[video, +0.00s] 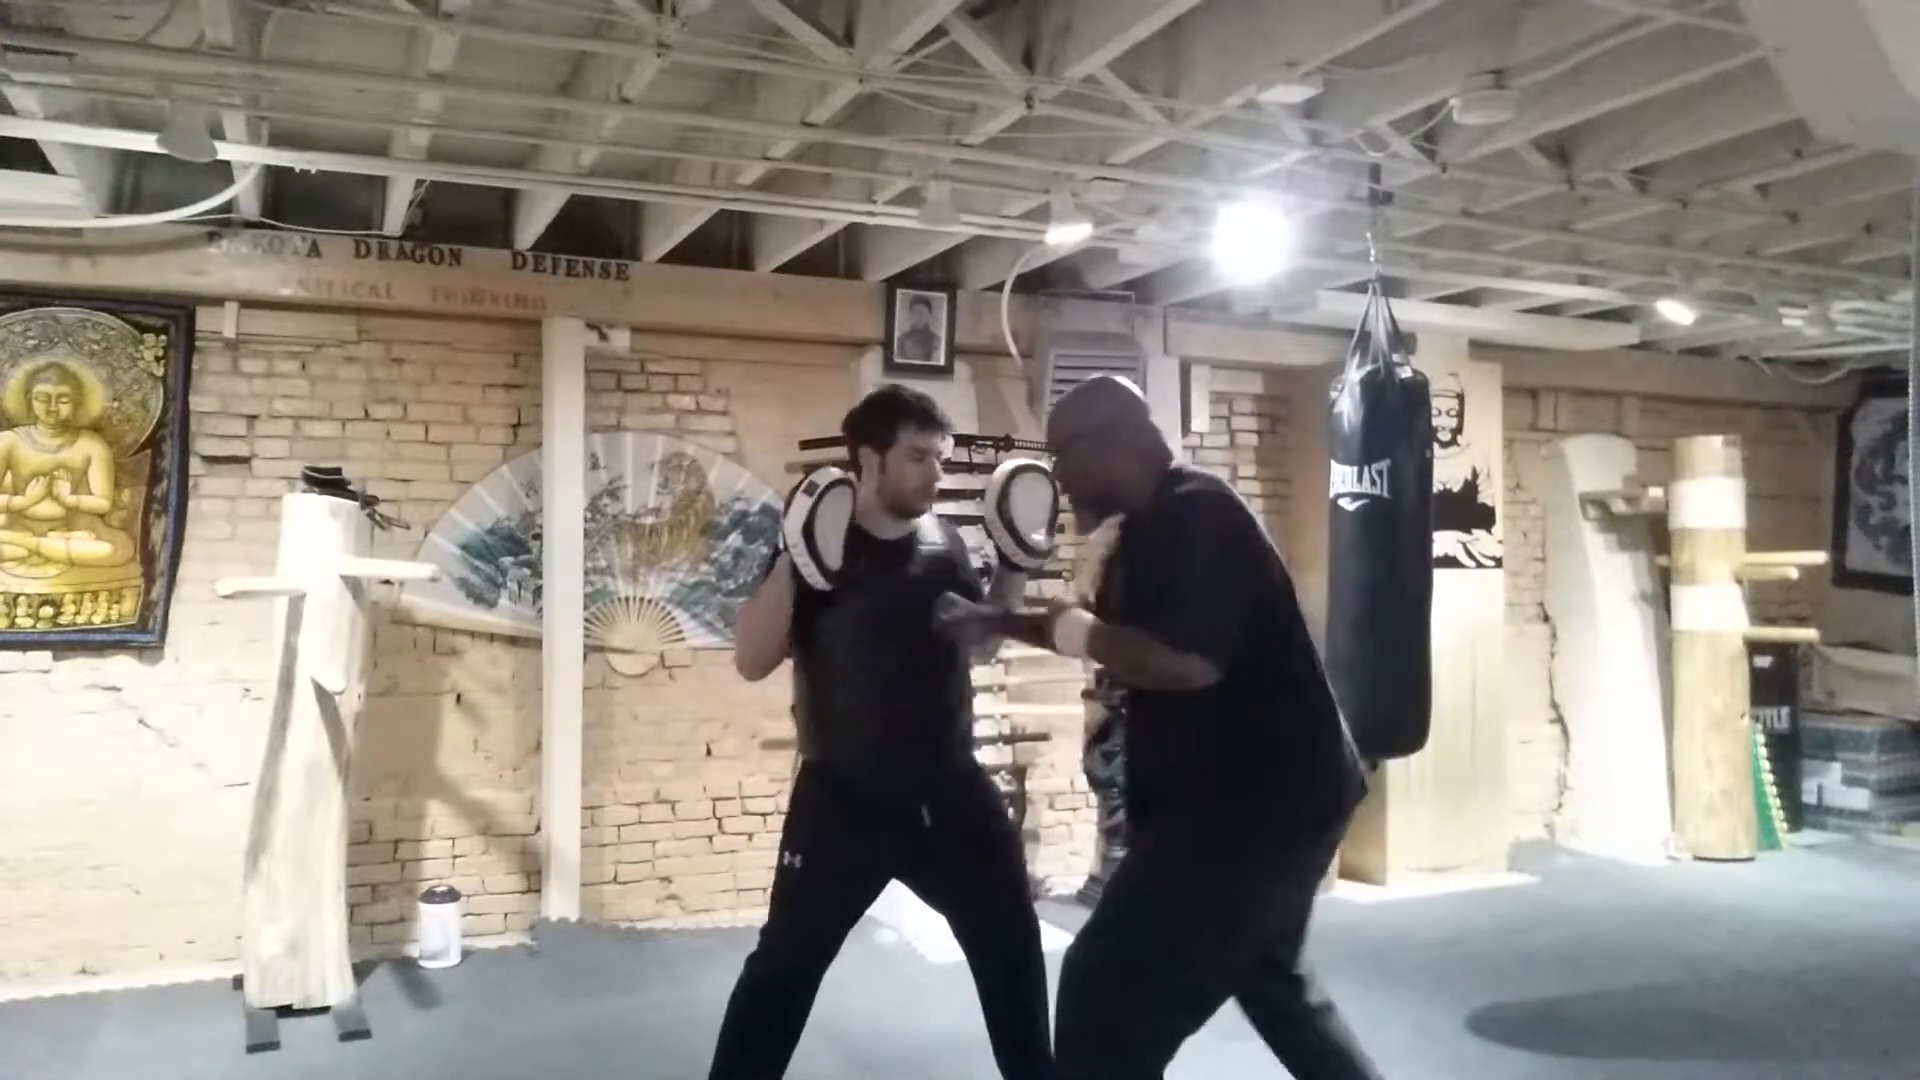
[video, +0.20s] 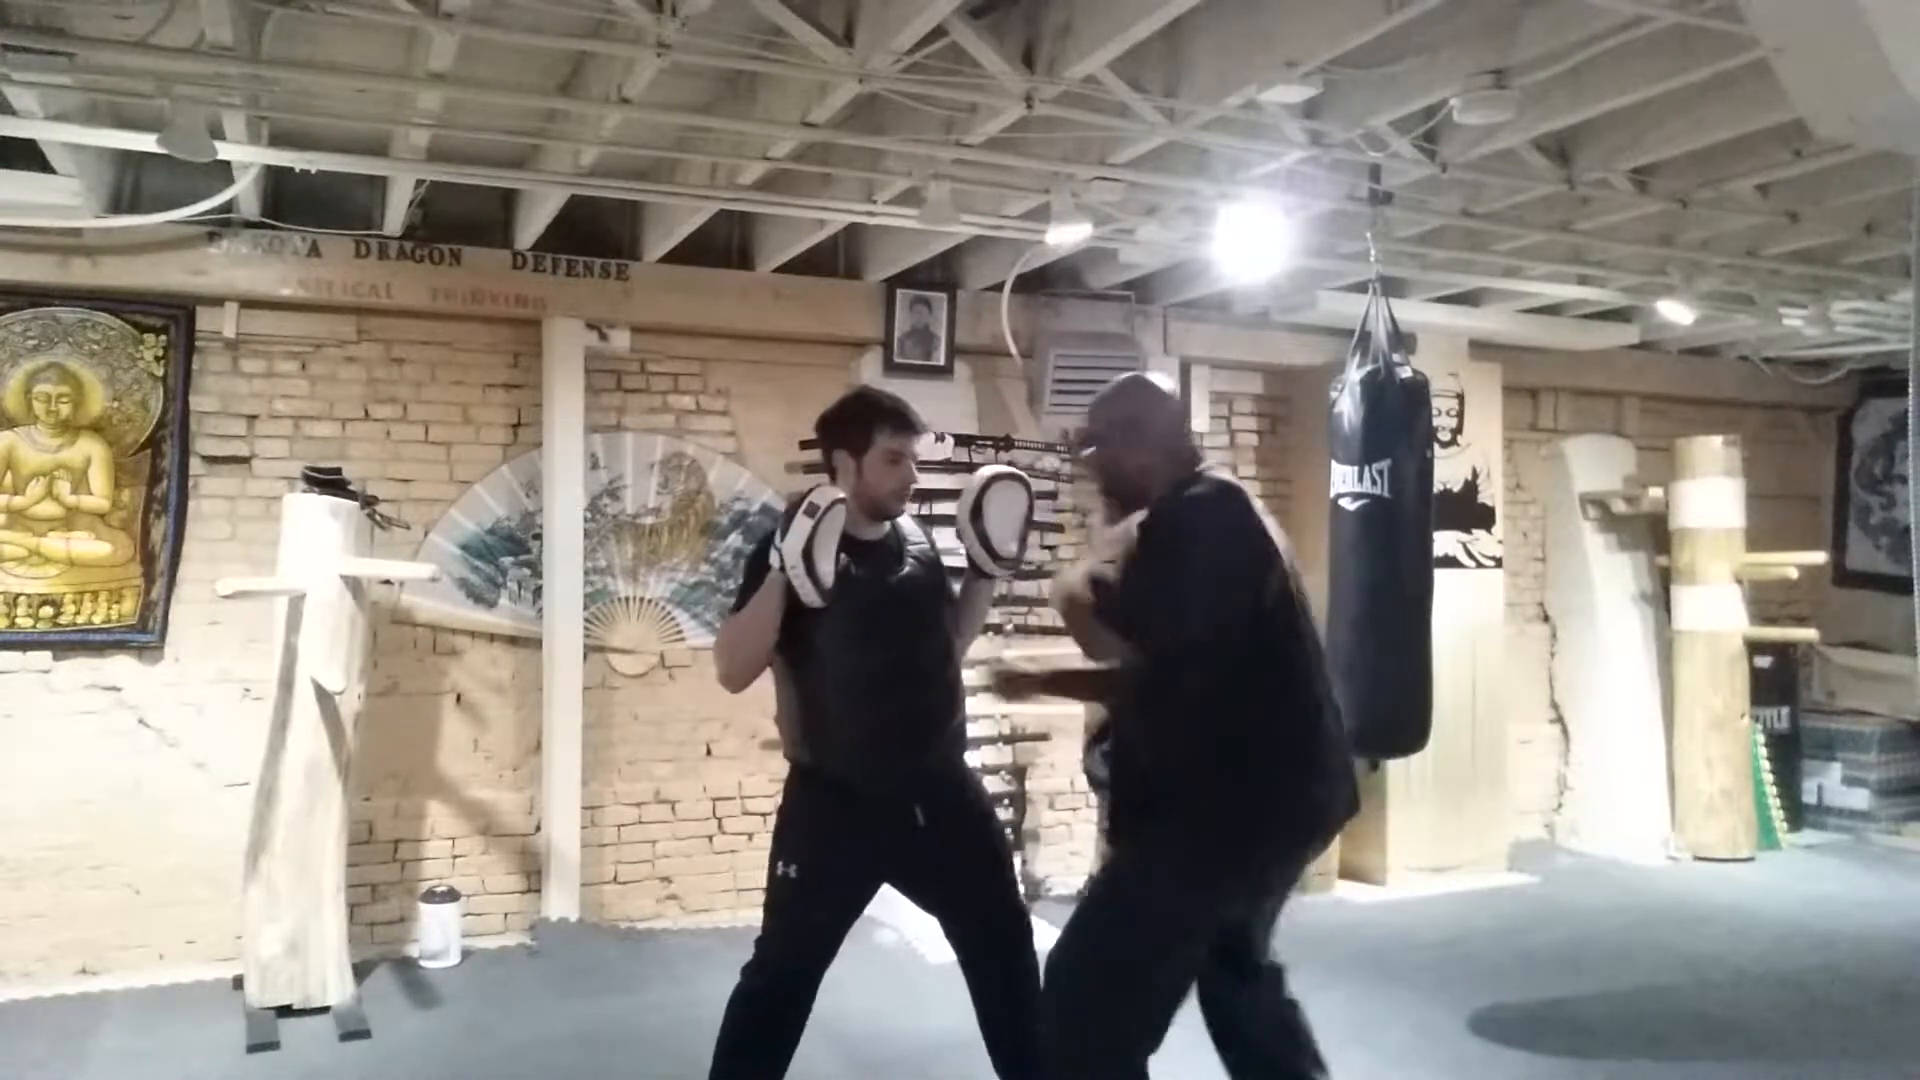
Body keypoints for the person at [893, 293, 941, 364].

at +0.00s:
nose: (918, 317)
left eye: (921, 313)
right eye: (915, 312)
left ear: (929, 315)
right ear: (910, 314)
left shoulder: (936, 340)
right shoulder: (901, 339)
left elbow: (935, 364)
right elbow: (897, 360)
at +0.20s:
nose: (918, 317)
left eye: (921, 313)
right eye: (915, 312)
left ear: (929, 315)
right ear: (910, 314)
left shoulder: (936, 341)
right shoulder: (901, 340)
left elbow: (935, 364)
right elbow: (897, 360)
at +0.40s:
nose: (920, 317)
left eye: (924, 313)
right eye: (916, 313)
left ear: (930, 316)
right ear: (910, 314)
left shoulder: (935, 340)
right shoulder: (901, 339)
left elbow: (935, 363)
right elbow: (897, 360)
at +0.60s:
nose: (920, 317)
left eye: (924, 314)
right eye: (916, 313)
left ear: (930, 316)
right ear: (910, 314)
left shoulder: (935, 340)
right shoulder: (901, 339)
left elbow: (935, 363)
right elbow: (897, 360)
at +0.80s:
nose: (919, 317)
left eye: (923, 313)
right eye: (916, 312)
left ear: (930, 316)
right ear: (909, 314)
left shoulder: (936, 340)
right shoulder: (901, 339)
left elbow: (935, 364)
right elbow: (897, 361)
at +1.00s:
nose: (920, 317)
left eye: (924, 313)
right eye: (916, 313)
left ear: (930, 316)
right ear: (909, 314)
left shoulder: (936, 340)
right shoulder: (901, 340)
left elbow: (935, 364)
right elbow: (897, 361)